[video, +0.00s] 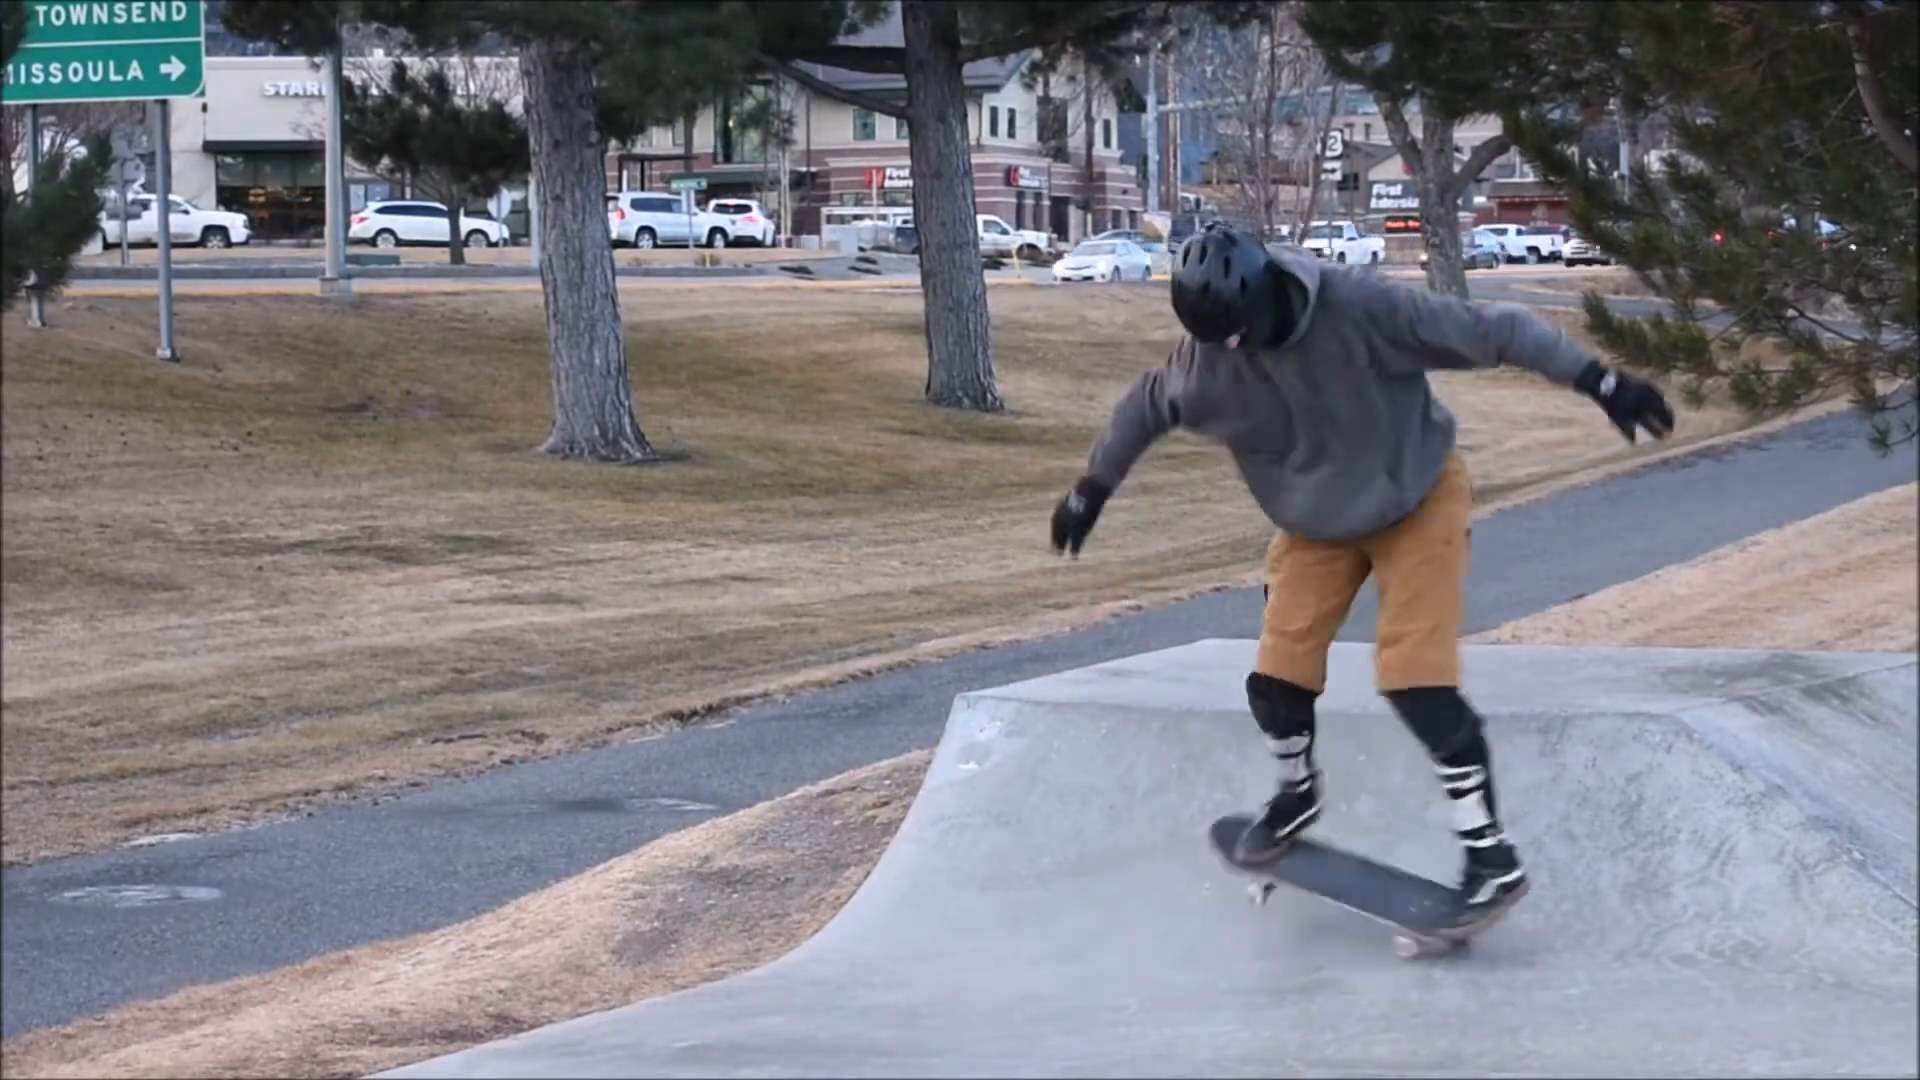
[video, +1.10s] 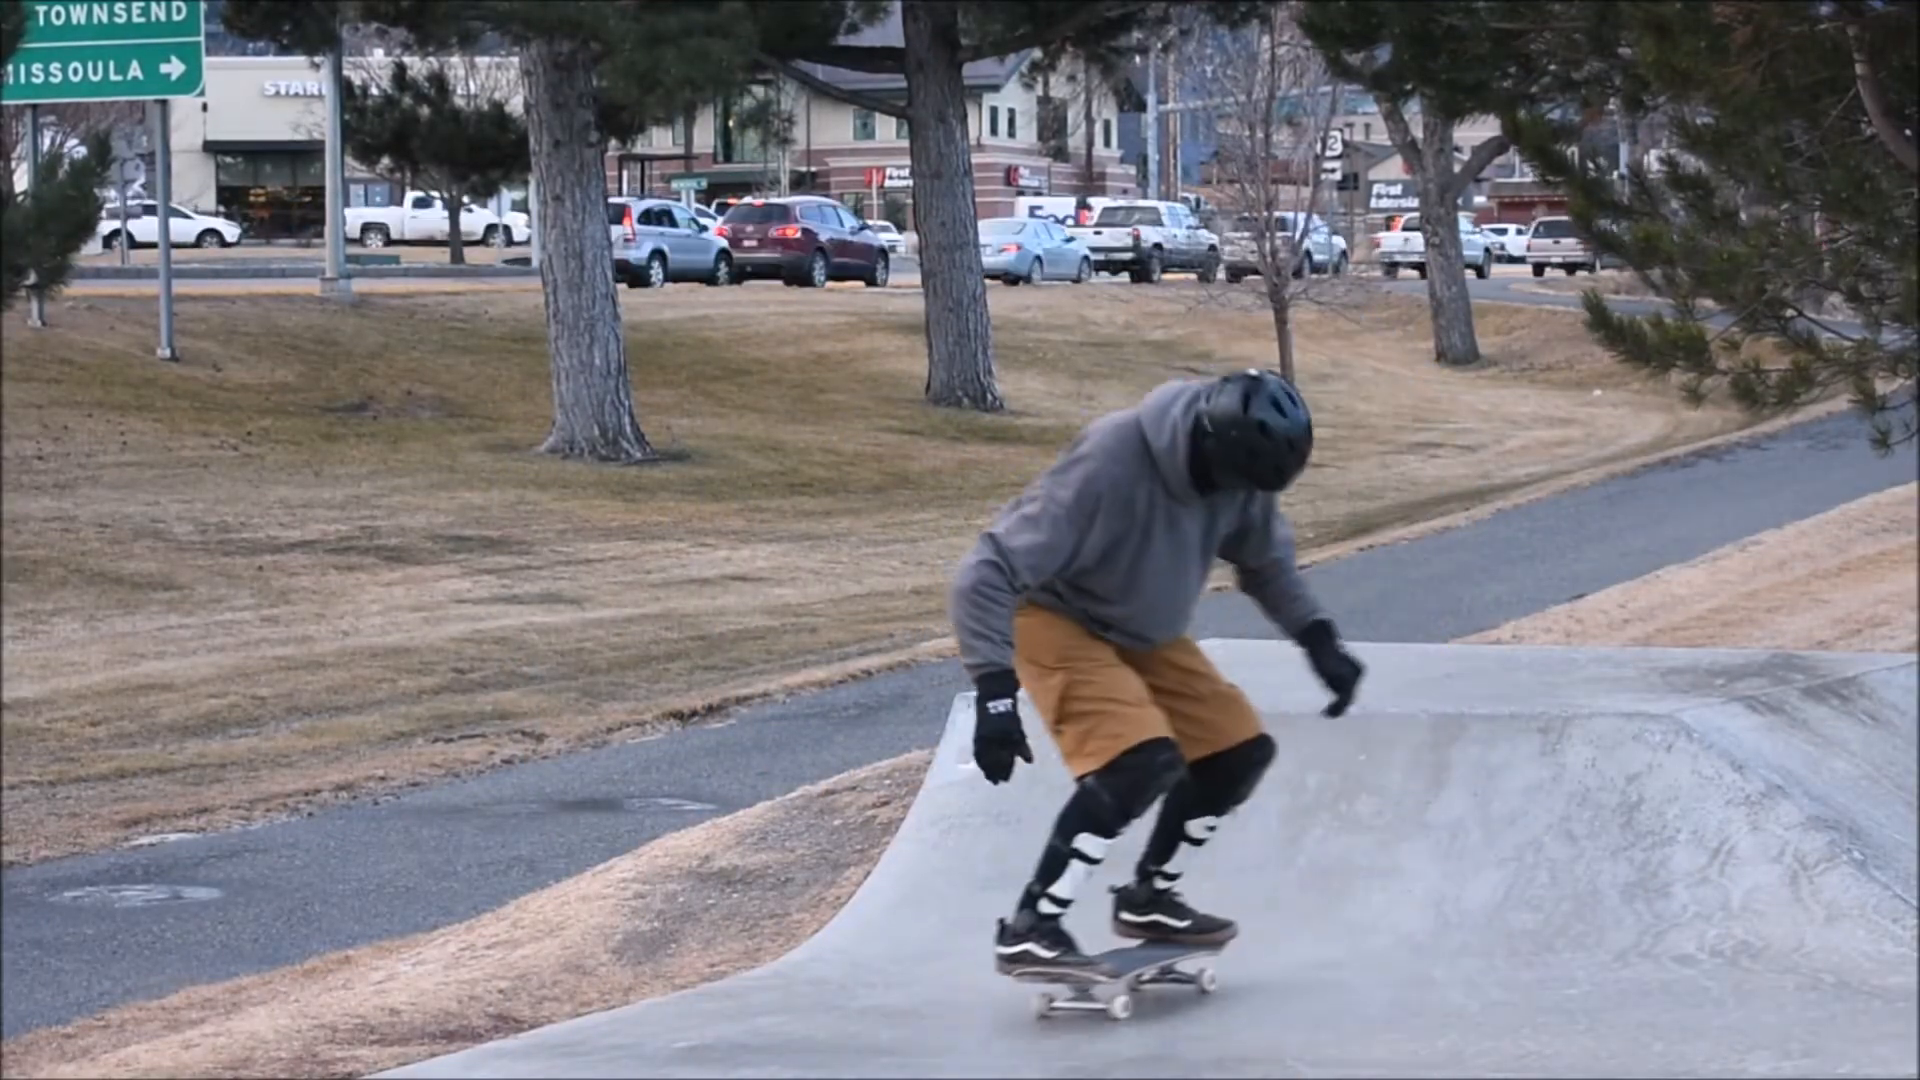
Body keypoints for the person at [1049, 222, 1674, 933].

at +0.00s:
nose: (1233, 343)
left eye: (1238, 327)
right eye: (1219, 334)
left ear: (1263, 294)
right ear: (1202, 322)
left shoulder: (1353, 304)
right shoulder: (1204, 367)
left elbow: (1488, 329)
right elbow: (1140, 412)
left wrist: (1600, 380)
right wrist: (1089, 493)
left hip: (1417, 491)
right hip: (1315, 517)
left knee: (1416, 680)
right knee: (1279, 683)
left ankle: (1489, 850)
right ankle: (1298, 794)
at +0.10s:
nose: (1237, 347)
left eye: (1241, 331)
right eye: (1220, 340)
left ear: (1264, 291)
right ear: (1196, 320)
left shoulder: (1344, 289)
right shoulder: (1204, 361)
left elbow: (1449, 291)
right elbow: (1171, 399)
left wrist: (1528, 320)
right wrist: (1131, 451)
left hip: (1426, 492)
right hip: (1317, 516)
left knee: (1486, 698)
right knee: (1314, 693)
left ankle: (1514, 846)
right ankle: (1269, 863)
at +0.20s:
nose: (1237, 368)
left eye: (1243, 352)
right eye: (1223, 360)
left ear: (1269, 311)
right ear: (1203, 341)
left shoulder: (1334, 302)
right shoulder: (1219, 384)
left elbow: (1443, 302)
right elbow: (1215, 463)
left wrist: (1427, 315)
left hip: (1425, 510)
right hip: (1324, 541)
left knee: (1505, 694)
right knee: (1367, 708)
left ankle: (1480, 859)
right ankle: (1325, 896)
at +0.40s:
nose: (1244, 375)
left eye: (1254, 359)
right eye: (1229, 364)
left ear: (1285, 329)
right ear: (1210, 347)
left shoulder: (1347, 341)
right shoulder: (1216, 416)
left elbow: (1461, 396)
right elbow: (1215, 552)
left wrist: (1379, 417)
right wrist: (1241, 651)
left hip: (1395, 545)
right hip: (1294, 574)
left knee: (1477, 729)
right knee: (1324, 728)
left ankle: (1434, 879)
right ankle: (1262, 915)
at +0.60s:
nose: (1227, 299)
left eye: (1242, 282)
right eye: (1215, 284)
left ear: (1278, 271)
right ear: (1200, 280)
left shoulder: (1339, 326)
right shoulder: (1189, 365)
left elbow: (1434, 412)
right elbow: (1156, 501)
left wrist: (1434, 484)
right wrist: (1177, 573)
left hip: (1352, 546)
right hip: (1246, 564)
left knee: (1434, 724)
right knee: (1278, 728)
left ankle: (1400, 882)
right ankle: (1218, 916)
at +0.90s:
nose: (1207, 236)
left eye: (1224, 221)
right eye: (1196, 220)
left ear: (1259, 220)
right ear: (1179, 221)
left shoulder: (1311, 308)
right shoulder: (1153, 323)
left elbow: (1361, 426)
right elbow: (1098, 460)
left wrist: (1394, 538)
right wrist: (1103, 572)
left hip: (1283, 552)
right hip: (1171, 560)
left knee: (1352, 738)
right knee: (1184, 742)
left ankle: (1331, 893)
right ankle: (1135, 931)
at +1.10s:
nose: (1254, 494)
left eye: (1263, 484)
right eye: (1250, 480)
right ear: (1219, 450)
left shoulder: (1242, 476)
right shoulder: (1114, 457)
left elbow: (1268, 565)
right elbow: (987, 571)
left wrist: (1320, 640)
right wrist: (995, 696)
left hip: (1143, 627)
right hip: (1051, 614)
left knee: (1236, 752)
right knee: (1140, 759)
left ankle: (1147, 897)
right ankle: (1031, 924)